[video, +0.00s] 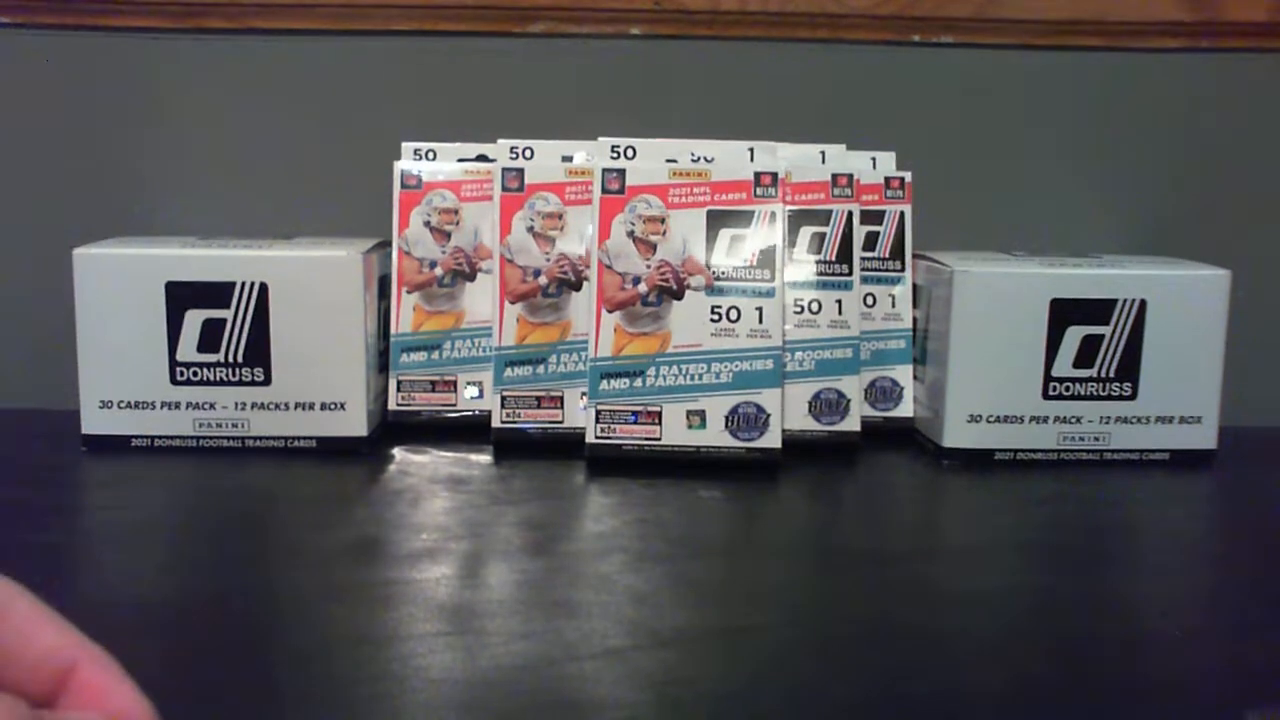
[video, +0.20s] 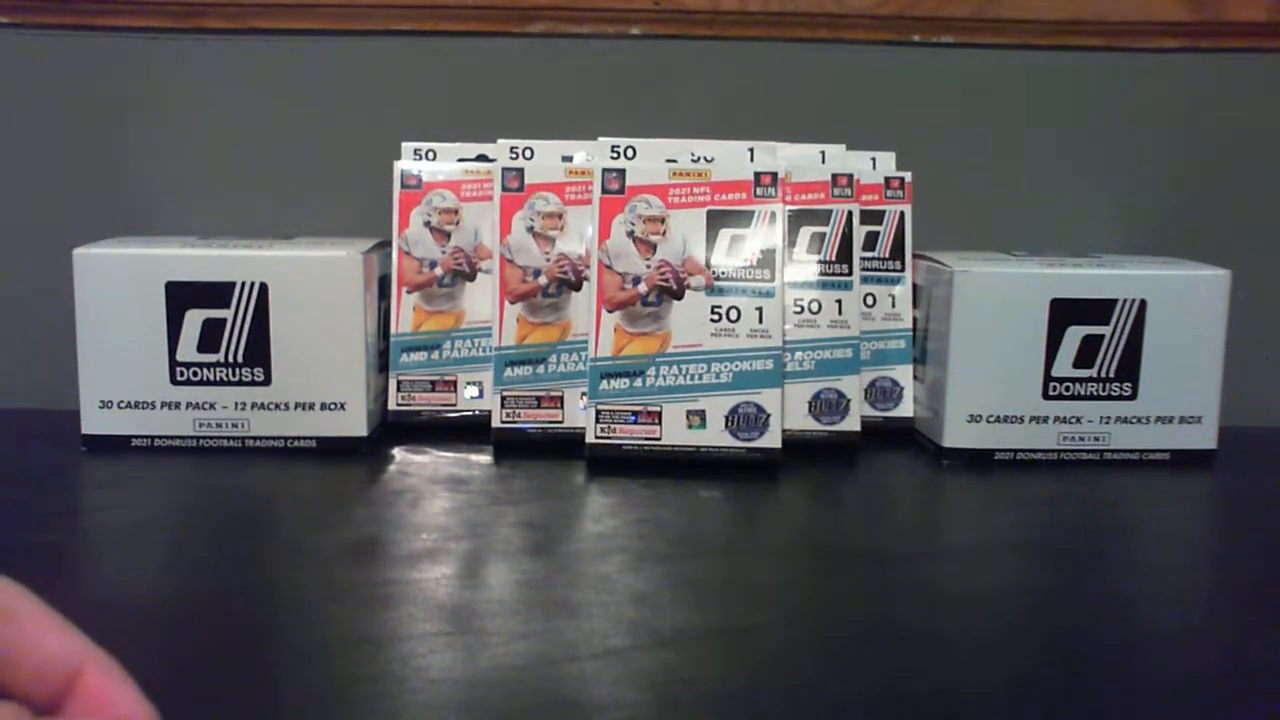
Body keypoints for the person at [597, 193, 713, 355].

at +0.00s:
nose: (658, 228)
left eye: (661, 222)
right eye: (651, 222)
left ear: (666, 223)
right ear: (634, 223)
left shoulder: (674, 249)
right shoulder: (613, 250)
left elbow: (707, 278)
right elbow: (610, 302)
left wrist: (688, 281)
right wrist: (645, 286)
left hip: (655, 335)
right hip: (623, 332)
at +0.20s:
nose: (658, 228)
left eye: (661, 222)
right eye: (651, 222)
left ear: (666, 223)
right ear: (634, 223)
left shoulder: (674, 248)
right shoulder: (613, 250)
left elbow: (707, 278)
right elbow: (610, 302)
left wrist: (688, 281)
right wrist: (645, 286)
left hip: (655, 335)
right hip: (623, 332)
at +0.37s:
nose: (658, 228)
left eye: (661, 221)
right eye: (651, 222)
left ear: (666, 223)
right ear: (634, 223)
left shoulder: (674, 248)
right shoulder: (613, 250)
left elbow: (706, 278)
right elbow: (610, 302)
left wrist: (689, 281)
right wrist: (645, 286)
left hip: (655, 335)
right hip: (623, 332)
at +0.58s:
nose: (658, 228)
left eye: (661, 221)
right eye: (651, 222)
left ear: (666, 223)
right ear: (634, 223)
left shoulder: (674, 249)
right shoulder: (613, 250)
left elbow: (706, 278)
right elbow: (610, 302)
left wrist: (688, 281)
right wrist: (645, 286)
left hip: (655, 335)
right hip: (623, 332)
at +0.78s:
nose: (658, 228)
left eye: (661, 222)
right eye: (651, 222)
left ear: (666, 223)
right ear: (634, 223)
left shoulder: (674, 249)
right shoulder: (613, 250)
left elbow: (706, 278)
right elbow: (610, 302)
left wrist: (689, 281)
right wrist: (645, 286)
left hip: (655, 335)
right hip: (623, 332)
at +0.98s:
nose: (658, 228)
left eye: (661, 222)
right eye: (651, 222)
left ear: (666, 223)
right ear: (634, 223)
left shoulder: (674, 248)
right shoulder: (613, 249)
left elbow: (706, 278)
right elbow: (610, 302)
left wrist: (689, 281)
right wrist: (645, 286)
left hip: (655, 335)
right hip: (623, 332)